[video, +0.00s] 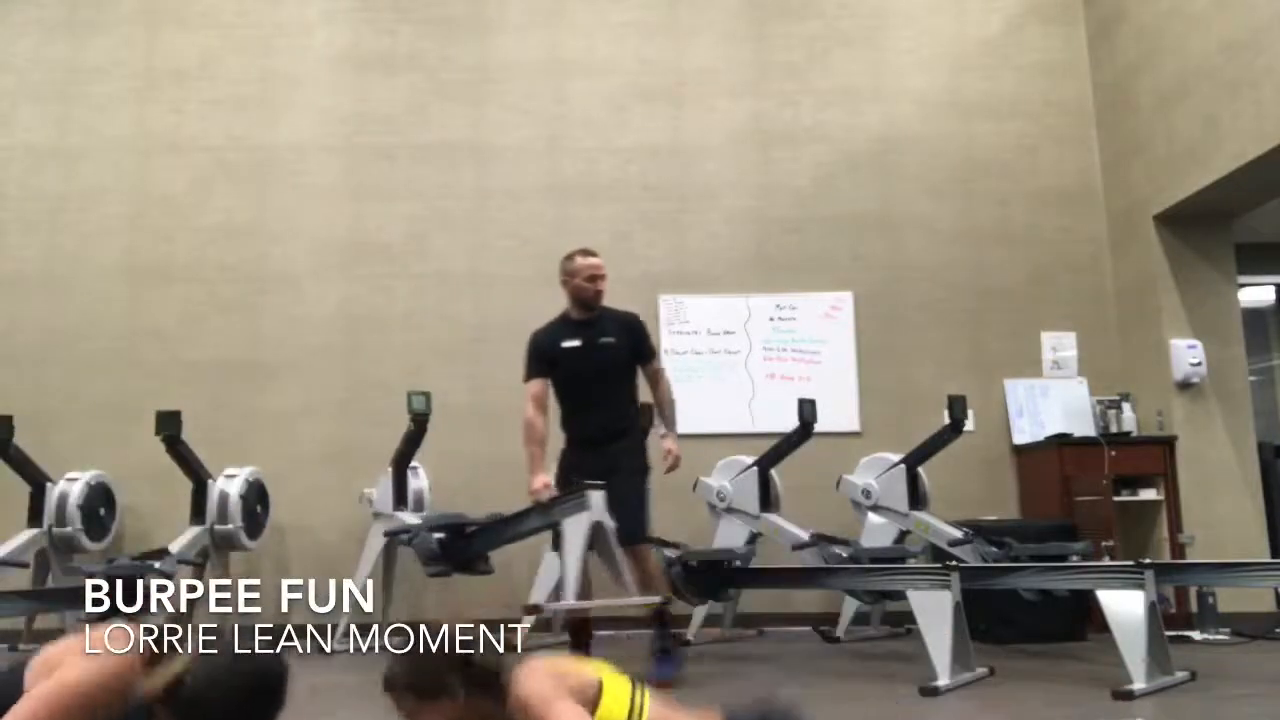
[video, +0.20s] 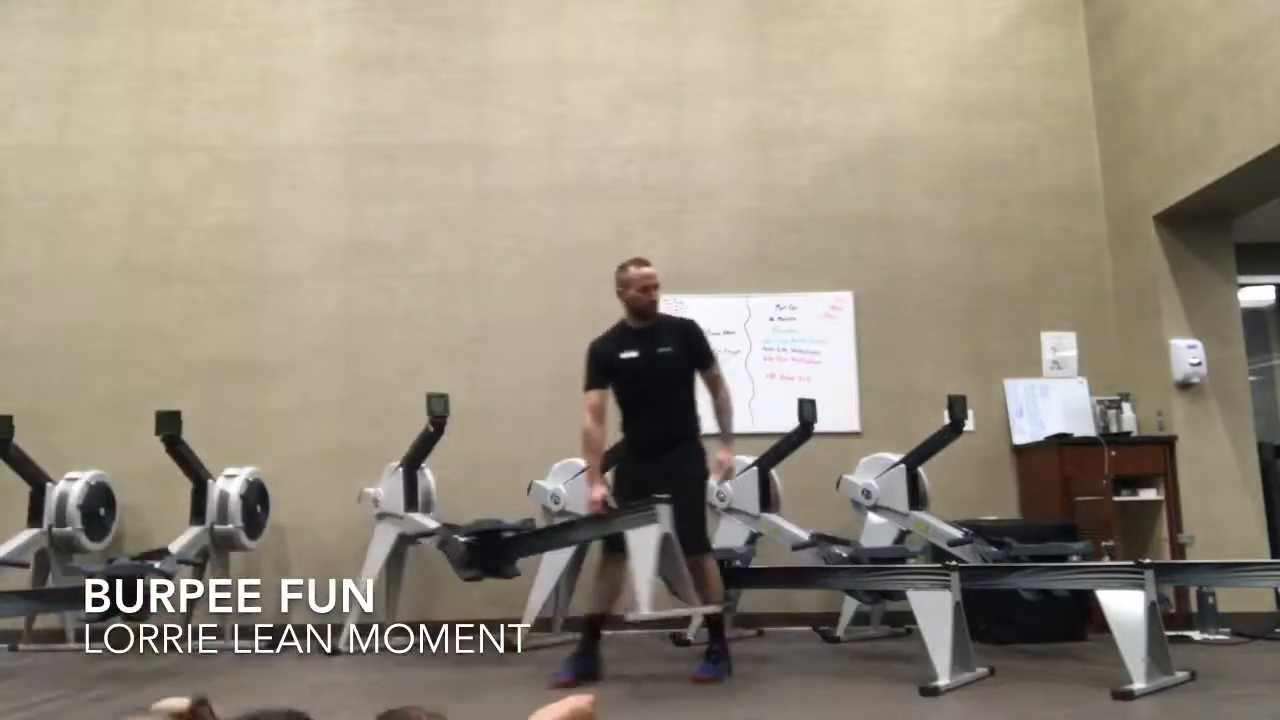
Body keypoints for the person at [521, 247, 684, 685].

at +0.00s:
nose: (599, 285)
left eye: (602, 278)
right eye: (590, 279)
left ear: (606, 280)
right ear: (566, 283)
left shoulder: (629, 327)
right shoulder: (545, 340)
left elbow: (657, 380)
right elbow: (536, 408)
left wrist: (670, 432)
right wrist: (537, 472)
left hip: (626, 450)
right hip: (579, 452)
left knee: (635, 543)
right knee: (570, 550)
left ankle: (665, 639)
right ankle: (580, 651)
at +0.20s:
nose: (652, 294)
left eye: (655, 287)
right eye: (643, 289)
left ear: (660, 288)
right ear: (621, 294)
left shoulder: (685, 333)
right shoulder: (605, 348)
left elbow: (717, 388)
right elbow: (593, 418)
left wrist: (726, 447)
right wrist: (594, 480)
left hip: (684, 457)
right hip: (634, 460)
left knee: (696, 552)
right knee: (611, 554)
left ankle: (718, 647)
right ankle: (587, 651)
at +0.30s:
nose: (663, 300)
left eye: (666, 291)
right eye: (653, 294)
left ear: (671, 290)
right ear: (632, 298)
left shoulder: (701, 331)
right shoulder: (621, 352)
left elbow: (738, 383)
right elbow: (615, 423)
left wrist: (755, 441)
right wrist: (619, 488)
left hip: (701, 456)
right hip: (653, 460)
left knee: (709, 550)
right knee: (642, 549)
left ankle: (719, 644)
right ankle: (643, 645)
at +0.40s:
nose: (662, 306)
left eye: (666, 297)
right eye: (653, 301)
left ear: (673, 296)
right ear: (635, 305)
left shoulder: (706, 332)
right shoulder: (626, 358)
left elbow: (746, 379)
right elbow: (624, 428)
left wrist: (768, 436)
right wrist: (634, 495)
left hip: (711, 454)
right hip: (665, 458)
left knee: (715, 548)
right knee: (663, 550)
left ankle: (719, 643)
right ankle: (681, 642)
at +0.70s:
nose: (651, 344)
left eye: (653, 334)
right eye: (640, 341)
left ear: (660, 328)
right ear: (628, 347)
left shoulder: (706, 350)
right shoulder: (635, 394)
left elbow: (750, 382)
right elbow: (646, 461)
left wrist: (769, 440)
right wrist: (663, 516)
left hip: (731, 464)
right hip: (685, 472)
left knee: (728, 551)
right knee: (688, 558)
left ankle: (721, 650)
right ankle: (701, 644)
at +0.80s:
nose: (648, 352)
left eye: (650, 342)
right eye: (637, 349)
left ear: (659, 334)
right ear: (626, 354)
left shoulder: (704, 354)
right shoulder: (634, 403)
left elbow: (751, 384)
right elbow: (653, 468)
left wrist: (767, 440)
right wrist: (671, 529)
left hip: (730, 477)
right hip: (682, 489)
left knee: (727, 560)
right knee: (685, 564)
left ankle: (730, 650)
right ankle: (701, 643)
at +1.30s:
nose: (665, 308)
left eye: (668, 299)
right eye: (655, 304)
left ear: (680, 298)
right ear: (645, 311)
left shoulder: (719, 331)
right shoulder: (644, 364)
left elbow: (754, 377)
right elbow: (642, 431)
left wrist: (768, 433)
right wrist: (649, 486)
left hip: (738, 451)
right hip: (690, 459)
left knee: (756, 532)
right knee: (695, 547)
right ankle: (703, 644)